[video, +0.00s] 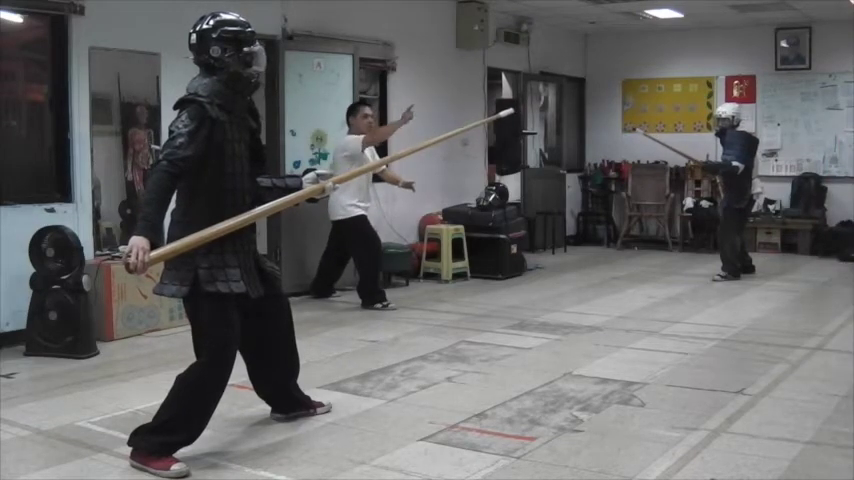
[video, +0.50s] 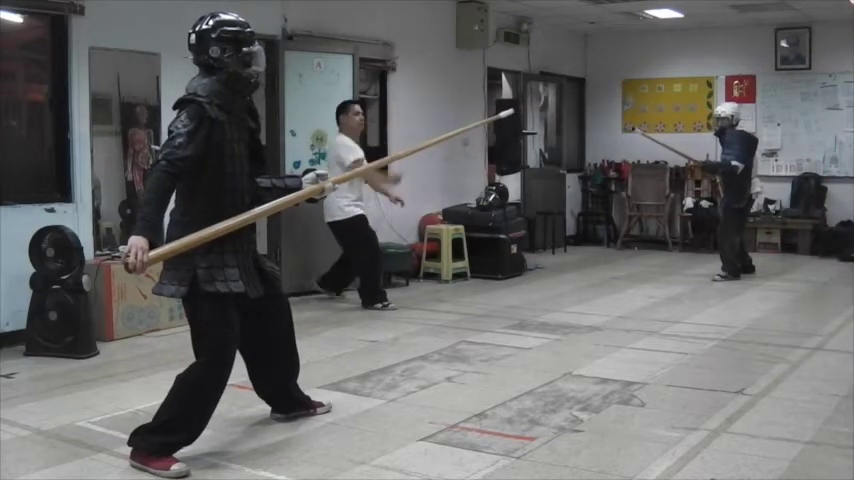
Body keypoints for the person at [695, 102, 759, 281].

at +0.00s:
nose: (719, 124)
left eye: (723, 120)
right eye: (718, 120)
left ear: (733, 121)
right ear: (718, 120)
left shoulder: (738, 138)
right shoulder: (729, 138)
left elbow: (735, 167)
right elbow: (729, 164)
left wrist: (706, 167)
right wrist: (707, 166)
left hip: (738, 193)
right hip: (735, 192)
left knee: (727, 230)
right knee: (732, 229)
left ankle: (731, 270)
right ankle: (744, 263)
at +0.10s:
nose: (718, 124)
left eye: (722, 120)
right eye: (717, 120)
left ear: (732, 121)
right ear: (719, 120)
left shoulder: (737, 138)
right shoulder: (728, 139)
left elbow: (734, 167)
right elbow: (728, 165)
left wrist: (705, 167)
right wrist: (705, 166)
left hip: (738, 193)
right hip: (734, 192)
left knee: (727, 230)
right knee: (732, 229)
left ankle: (731, 270)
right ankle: (745, 263)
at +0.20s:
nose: (718, 124)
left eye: (722, 120)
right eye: (717, 120)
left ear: (732, 120)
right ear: (718, 120)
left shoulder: (737, 138)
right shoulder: (728, 138)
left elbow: (734, 167)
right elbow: (728, 164)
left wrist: (705, 166)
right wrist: (705, 166)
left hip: (738, 193)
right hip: (734, 192)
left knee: (727, 229)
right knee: (732, 229)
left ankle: (731, 270)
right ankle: (744, 263)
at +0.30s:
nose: (718, 124)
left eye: (722, 120)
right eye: (717, 120)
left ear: (732, 120)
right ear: (718, 120)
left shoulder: (737, 138)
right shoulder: (728, 138)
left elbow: (734, 167)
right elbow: (728, 164)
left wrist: (705, 166)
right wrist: (705, 166)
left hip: (738, 193)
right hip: (734, 192)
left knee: (727, 230)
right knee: (732, 229)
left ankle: (731, 270)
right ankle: (744, 263)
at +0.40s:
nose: (718, 124)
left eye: (722, 120)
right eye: (717, 120)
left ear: (732, 120)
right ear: (717, 120)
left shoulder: (737, 138)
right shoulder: (728, 138)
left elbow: (734, 167)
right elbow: (728, 164)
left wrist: (705, 166)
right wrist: (705, 166)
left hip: (738, 193)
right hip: (734, 192)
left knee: (727, 230)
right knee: (732, 229)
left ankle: (731, 270)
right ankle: (744, 263)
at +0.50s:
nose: (718, 123)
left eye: (722, 119)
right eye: (717, 119)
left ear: (732, 120)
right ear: (718, 120)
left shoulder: (737, 137)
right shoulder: (728, 138)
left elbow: (734, 166)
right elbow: (728, 164)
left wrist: (705, 166)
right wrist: (705, 166)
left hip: (737, 193)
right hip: (734, 192)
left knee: (727, 230)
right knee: (732, 229)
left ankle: (731, 270)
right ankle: (744, 263)